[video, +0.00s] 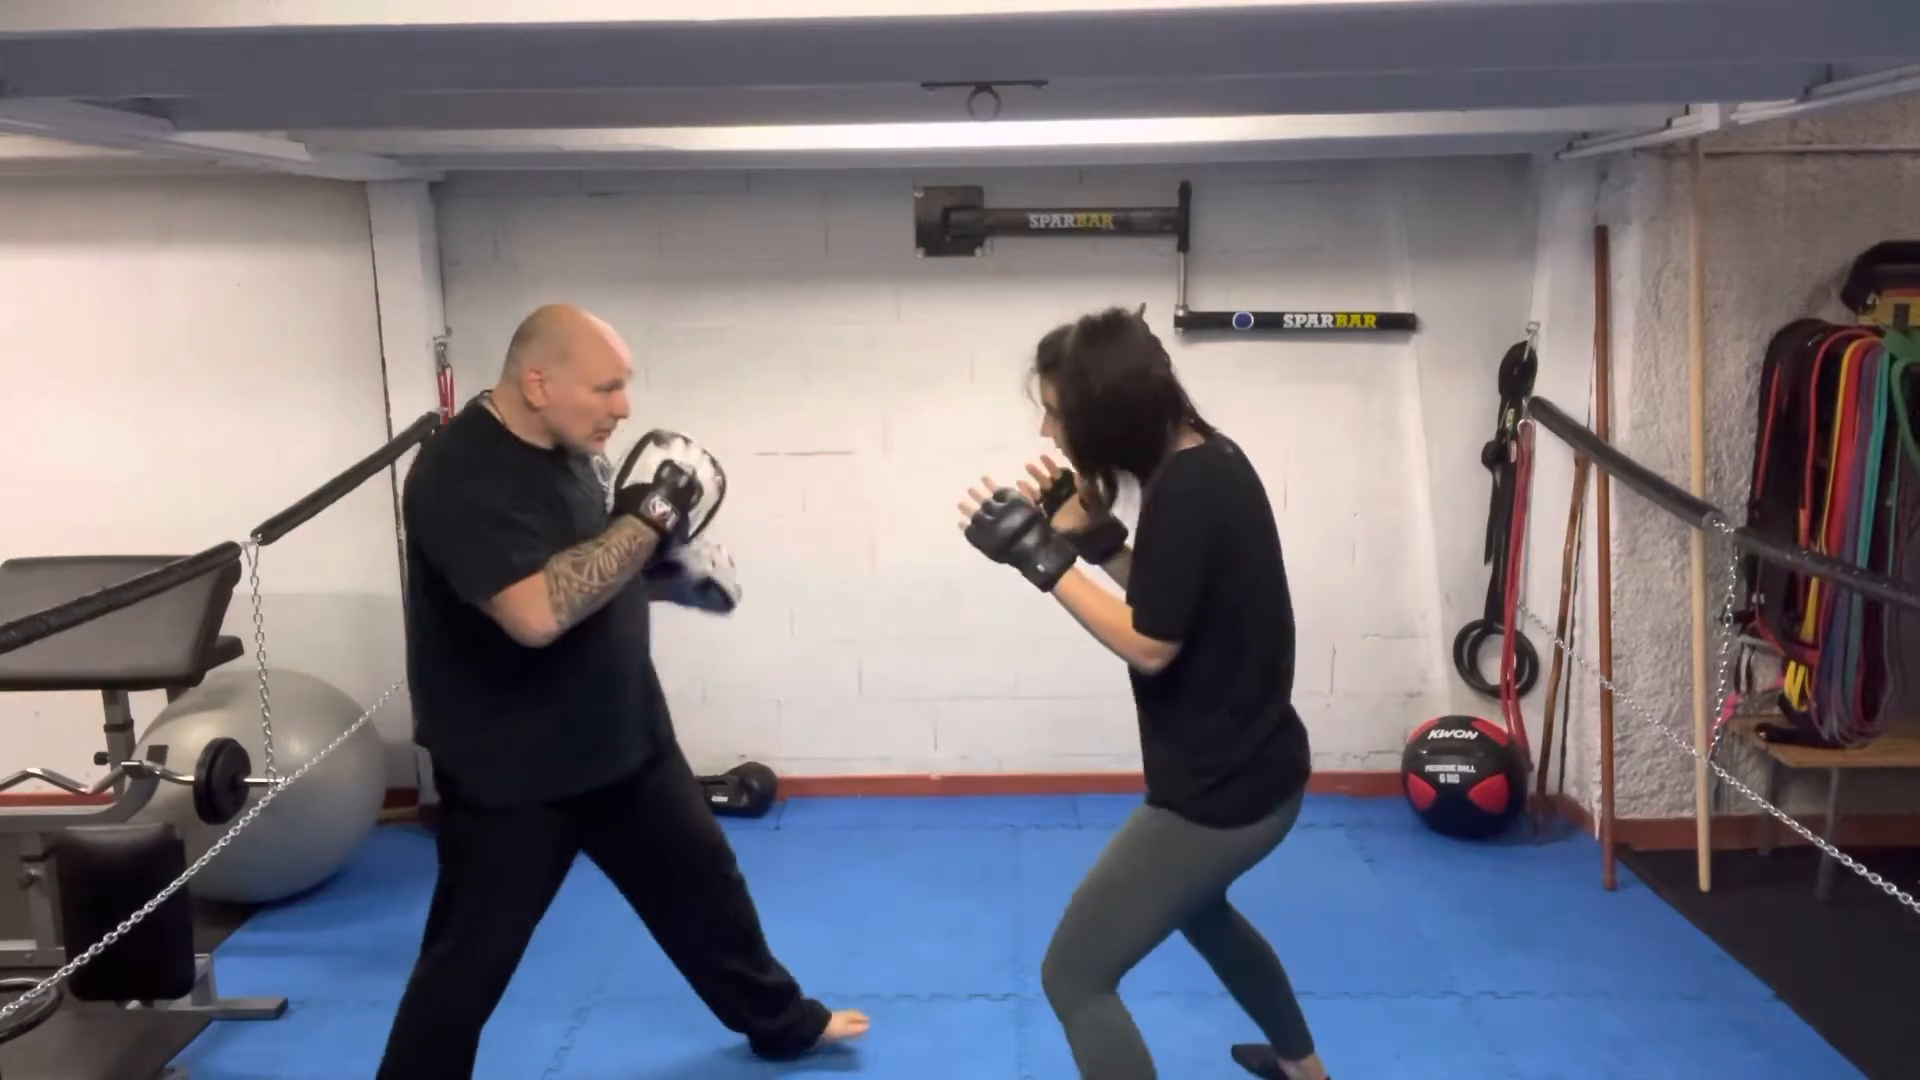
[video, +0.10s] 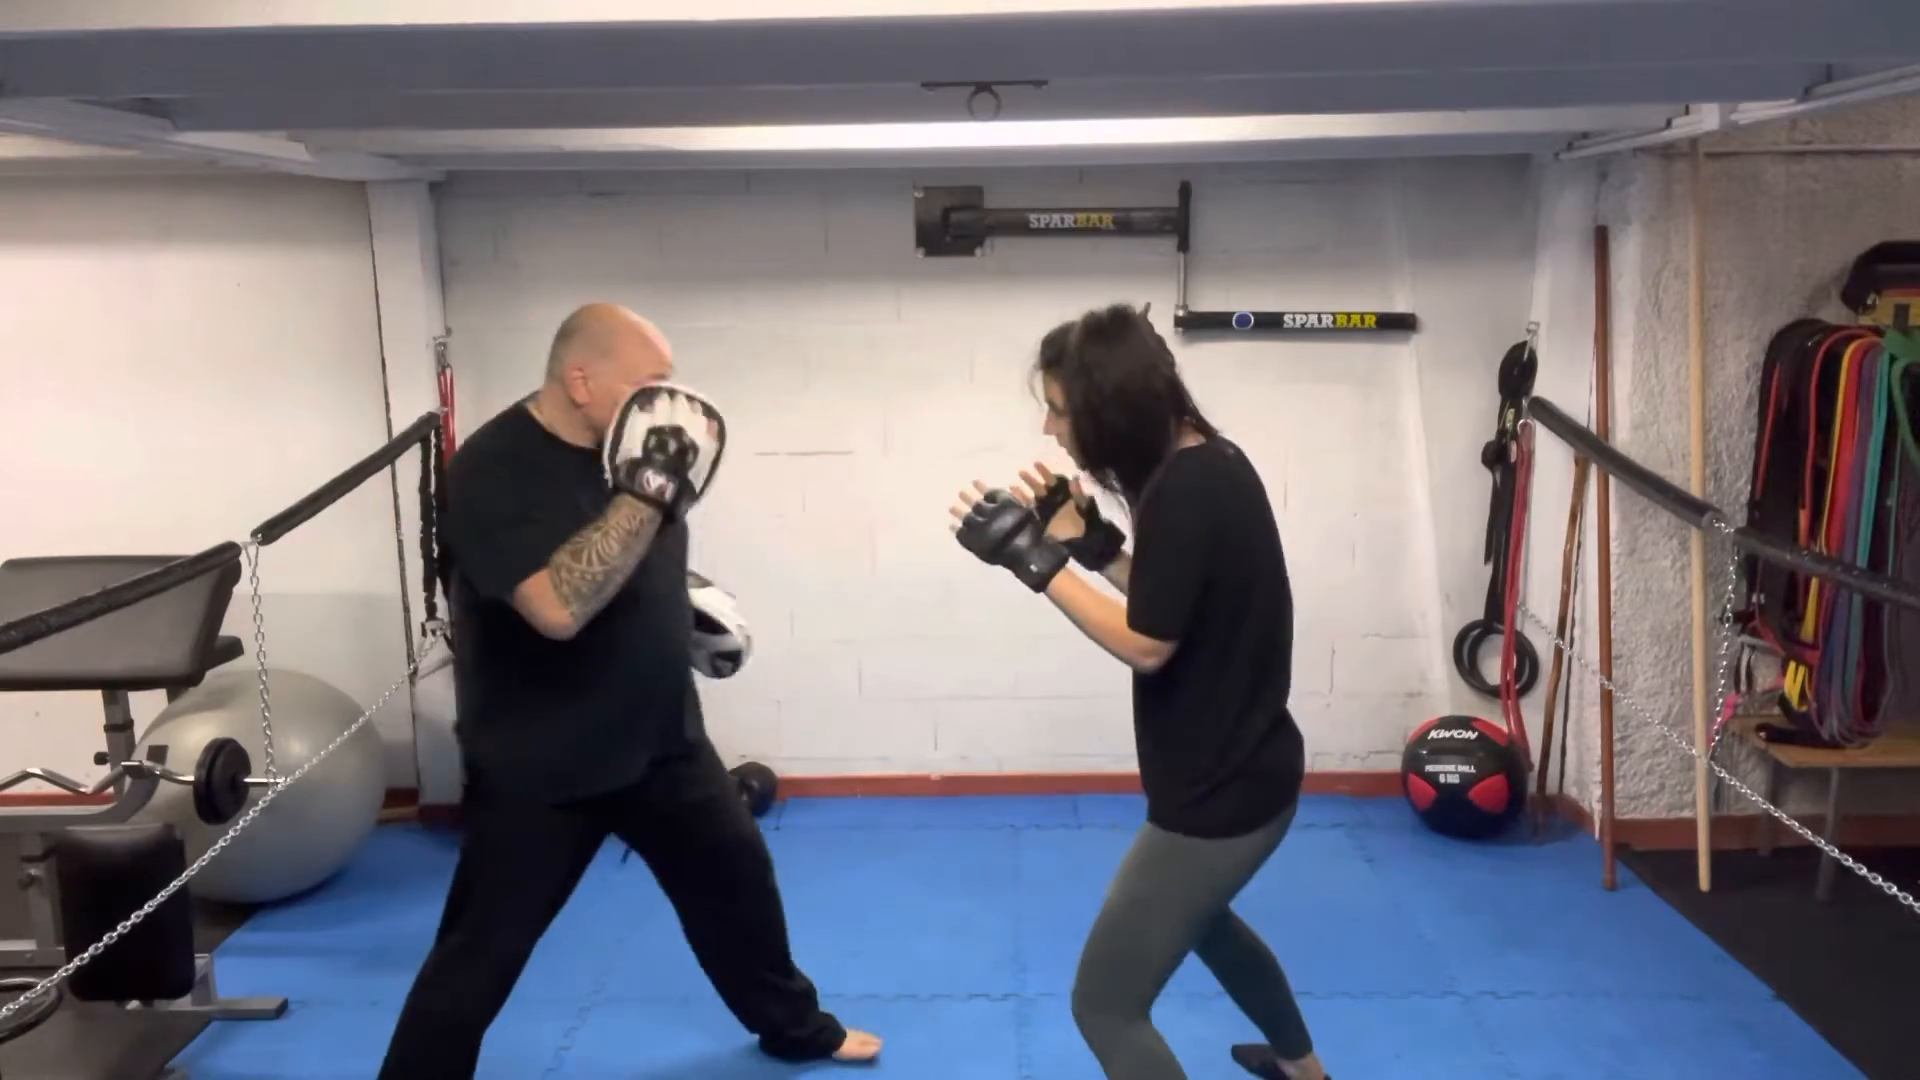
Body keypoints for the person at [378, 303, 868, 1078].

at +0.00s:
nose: (622, 407)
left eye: (624, 388)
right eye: (606, 388)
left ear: (545, 387)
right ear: (536, 384)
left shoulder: (558, 453)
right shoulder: (456, 473)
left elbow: (569, 565)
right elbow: (533, 612)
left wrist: (661, 575)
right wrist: (644, 526)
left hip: (617, 748)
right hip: (508, 775)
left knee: (703, 887)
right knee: (464, 970)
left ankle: (780, 1022)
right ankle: (412, 1074)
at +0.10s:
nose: (660, 401)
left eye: (663, 386)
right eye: (647, 385)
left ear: (587, 384)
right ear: (582, 382)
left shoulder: (625, 451)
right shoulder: (486, 472)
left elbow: (641, 569)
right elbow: (555, 604)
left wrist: (687, 610)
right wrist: (651, 489)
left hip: (659, 747)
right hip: (540, 768)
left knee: (736, 879)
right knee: (477, 960)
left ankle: (793, 1027)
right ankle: (414, 1073)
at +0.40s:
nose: (731, 399)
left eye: (739, 381)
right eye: (717, 379)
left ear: (743, 378)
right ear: (654, 371)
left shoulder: (764, 432)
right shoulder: (558, 428)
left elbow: (871, 452)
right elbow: (517, 541)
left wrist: (962, 426)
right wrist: (610, 428)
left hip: (716, 725)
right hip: (582, 732)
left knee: (787, 880)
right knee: (519, 926)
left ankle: (797, 1029)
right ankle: (452, 1072)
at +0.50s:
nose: (727, 402)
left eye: (733, 383)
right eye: (713, 383)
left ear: (730, 381)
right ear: (651, 375)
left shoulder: (758, 433)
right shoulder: (549, 434)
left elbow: (867, 452)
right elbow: (501, 541)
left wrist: (958, 431)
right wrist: (596, 435)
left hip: (714, 735)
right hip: (576, 740)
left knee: (782, 886)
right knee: (512, 929)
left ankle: (793, 1026)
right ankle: (445, 1076)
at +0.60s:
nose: (714, 405)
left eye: (717, 388)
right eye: (701, 387)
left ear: (709, 387)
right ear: (640, 380)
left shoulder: (739, 439)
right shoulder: (534, 438)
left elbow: (849, 464)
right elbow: (487, 548)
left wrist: (946, 442)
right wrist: (589, 443)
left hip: (704, 746)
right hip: (563, 754)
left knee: (777, 880)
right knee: (495, 949)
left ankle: (792, 1027)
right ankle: (446, 1072)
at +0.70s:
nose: (667, 389)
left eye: (688, 377)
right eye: (650, 371)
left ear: (708, 382)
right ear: (613, 370)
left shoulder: (729, 440)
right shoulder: (540, 433)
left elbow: (832, 485)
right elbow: (524, 535)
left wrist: (932, 464)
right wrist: (626, 420)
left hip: (690, 736)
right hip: (557, 745)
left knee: (769, 861)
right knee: (498, 939)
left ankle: (791, 1023)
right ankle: (445, 1071)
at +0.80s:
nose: (710, 381)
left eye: (715, 371)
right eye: (692, 364)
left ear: (723, 384)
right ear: (641, 370)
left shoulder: (733, 451)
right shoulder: (570, 428)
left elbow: (827, 502)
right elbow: (636, 485)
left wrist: (924, 474)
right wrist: (721, 367)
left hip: (686, 731)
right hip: (568, 742)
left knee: (767, 846)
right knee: (504, 940)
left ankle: (789, 1020)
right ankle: (447, 1072)